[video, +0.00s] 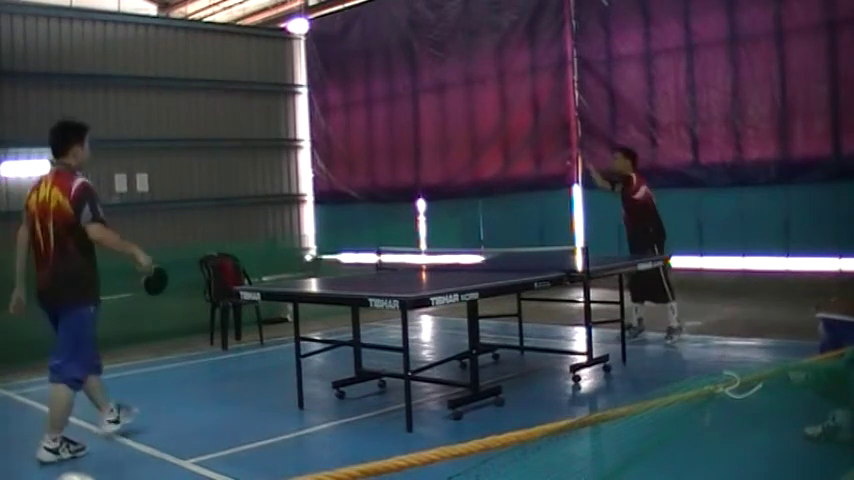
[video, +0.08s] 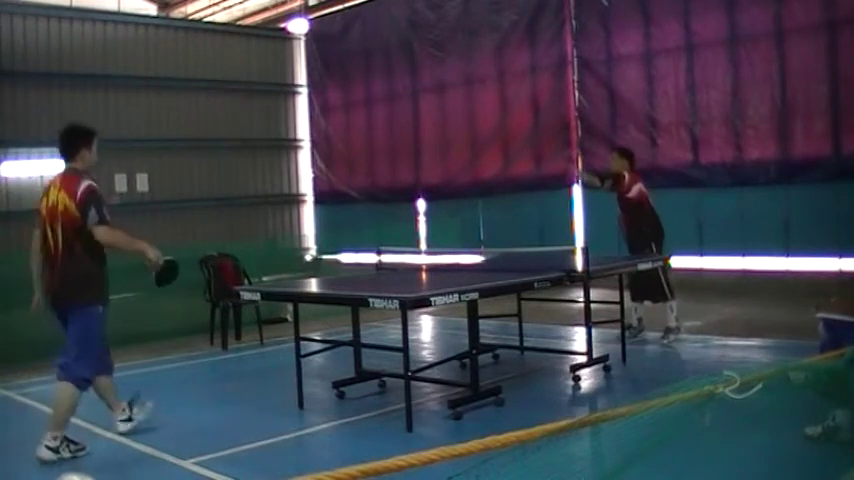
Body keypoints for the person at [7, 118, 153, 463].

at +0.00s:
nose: (88, 152)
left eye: (87, 145)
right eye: (86, 146)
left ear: (58, 150)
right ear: (74, 149)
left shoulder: (38, 189)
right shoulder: (78, 187)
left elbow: (24, 236)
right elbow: (95, 231)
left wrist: (18, 286)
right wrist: (134, 251)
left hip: (48, 289)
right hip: (77, 290)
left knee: (85, 356)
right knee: (69, 365)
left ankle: (109, 414)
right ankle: (52, 441)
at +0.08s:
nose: (95, 155)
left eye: (94, 149)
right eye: (94, 150)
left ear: (66, 153)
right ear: (84, 152)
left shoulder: (51, 188)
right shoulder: (85, 188)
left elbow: (38, 242)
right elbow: (101, 232)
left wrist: (38, 287)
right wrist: (144, 247)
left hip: (58, 289)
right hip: (86, 292)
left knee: (97, 356)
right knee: (79, 364)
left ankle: (122, 413)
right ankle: (53, 440)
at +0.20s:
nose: (110, 157)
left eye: (109, 151)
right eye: (108, 151)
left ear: (83, 155)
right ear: (96, 154)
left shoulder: (69, 187)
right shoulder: (96, 188)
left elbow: (67, 241)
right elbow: (106, 234)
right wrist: (150, 249)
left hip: (82, 289)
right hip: (103, 290)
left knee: (109, 356)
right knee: (99, 363)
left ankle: (130, 414)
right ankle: (59, 428)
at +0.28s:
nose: (119, 157)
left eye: (118, 151)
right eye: (117, 151)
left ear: (94, 152)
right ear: (105, 152)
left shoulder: (82, 182)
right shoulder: (101, 186)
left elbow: (90, 234)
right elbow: (109, 233)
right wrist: (151, 251)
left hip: (90, 284)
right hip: (110, 286)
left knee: (110, 352)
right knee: (122, 358)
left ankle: (130, 415)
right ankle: (73, 415)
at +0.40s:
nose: (133, 156)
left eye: (132, 150)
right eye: (131, 150)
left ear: (110, 151)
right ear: (118, 151)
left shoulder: (96, 180)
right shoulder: (108, 184)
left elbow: (107, 232)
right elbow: (110, 232)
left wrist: (147, 253)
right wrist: (152, 251)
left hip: (104, 281)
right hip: (118, 282)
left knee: (116, 347)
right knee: (144, 350)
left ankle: (128, 413)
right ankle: (99, 404)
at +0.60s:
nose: (152, 158)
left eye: (152, 152)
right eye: (150, 152)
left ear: (132, 151)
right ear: (137, 152)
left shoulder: (122, 182)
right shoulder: (119, 186)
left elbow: (127, 233)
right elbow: (115, 234)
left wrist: (158, 251)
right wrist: (160, 248)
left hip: (127, 280)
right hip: (129, 282)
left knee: (127, 349)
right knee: (154, 350)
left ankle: (130, 415)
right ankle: (162, 425)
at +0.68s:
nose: (158, 159)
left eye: (158, 153)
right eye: (156, 153)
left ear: (140, 153)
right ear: (143, 153)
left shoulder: (136, 185)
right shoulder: (124, 187)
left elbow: (138, 232)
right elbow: (122, 236)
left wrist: (168, 244)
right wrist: (166, 243)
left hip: (136, 282)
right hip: (135, 285)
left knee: (129, 351)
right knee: (157, 353)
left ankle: (131, 416)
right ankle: (176, 425)